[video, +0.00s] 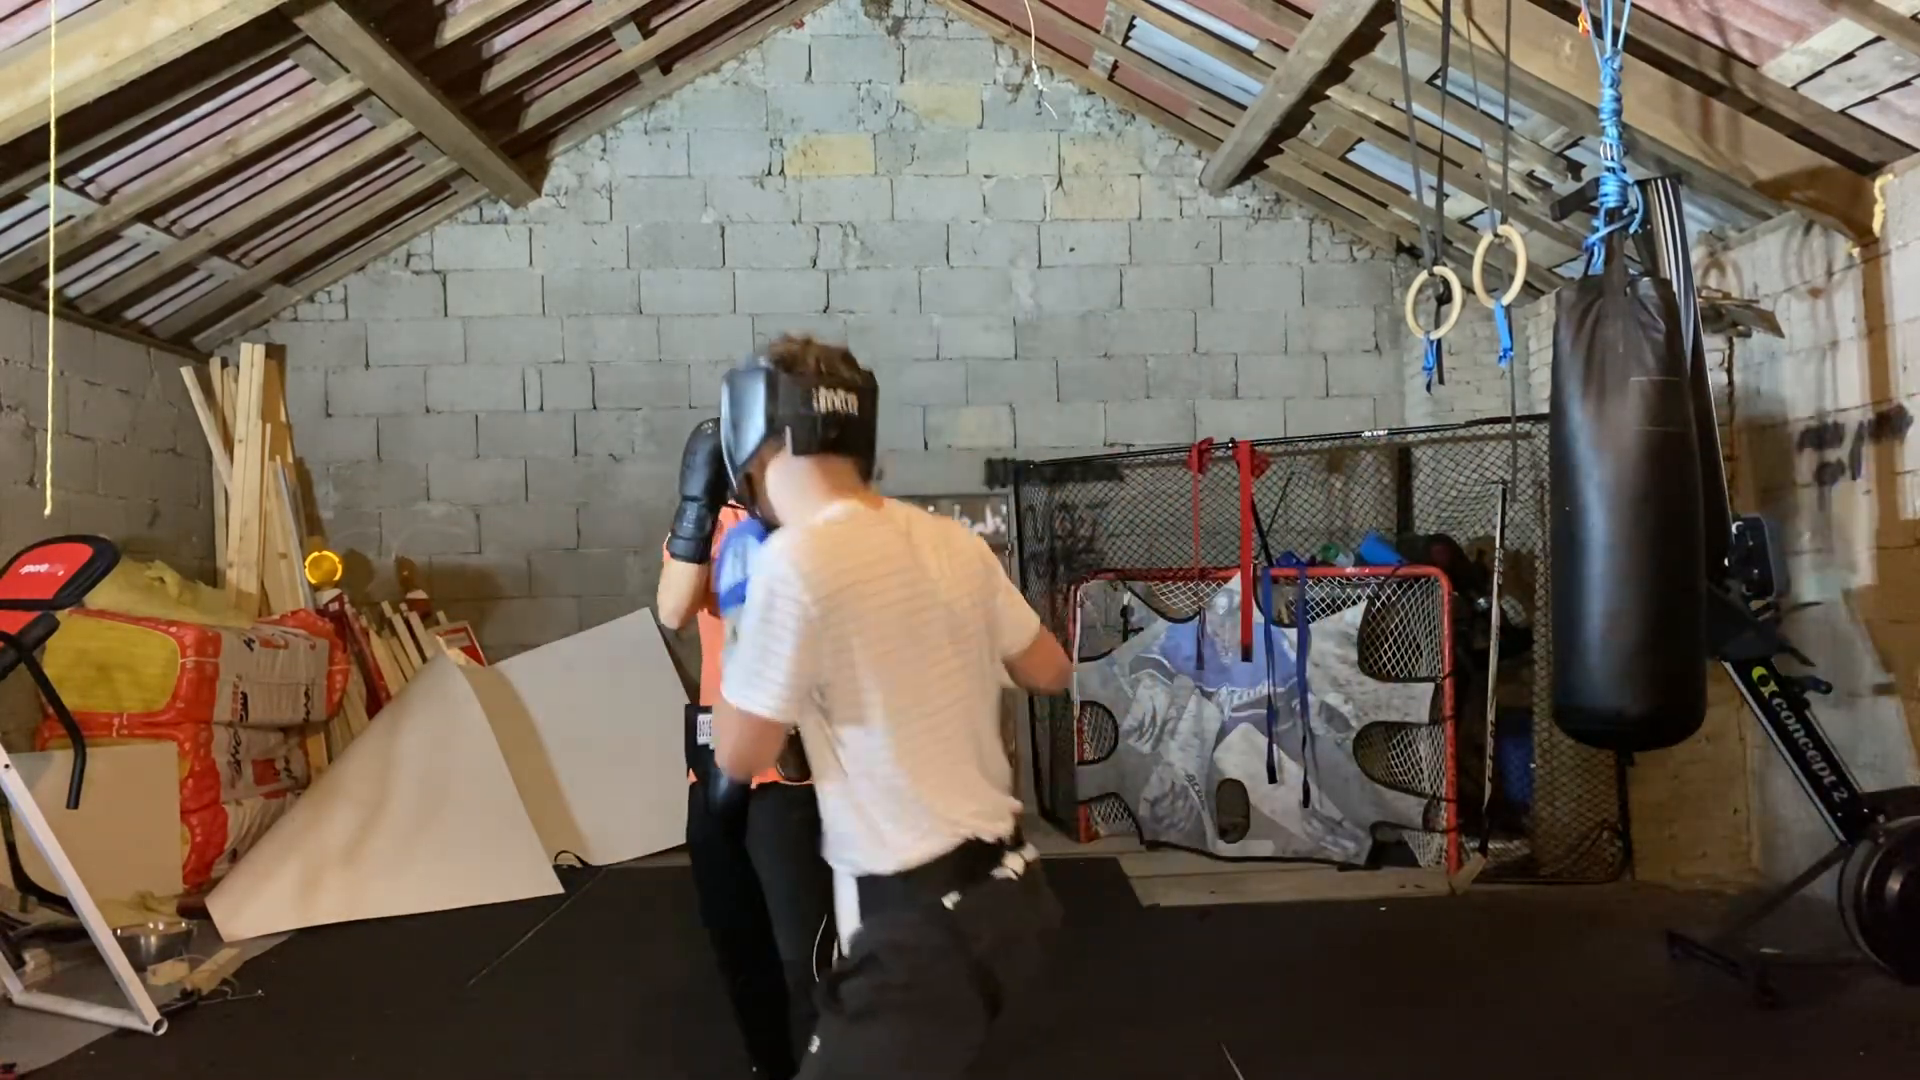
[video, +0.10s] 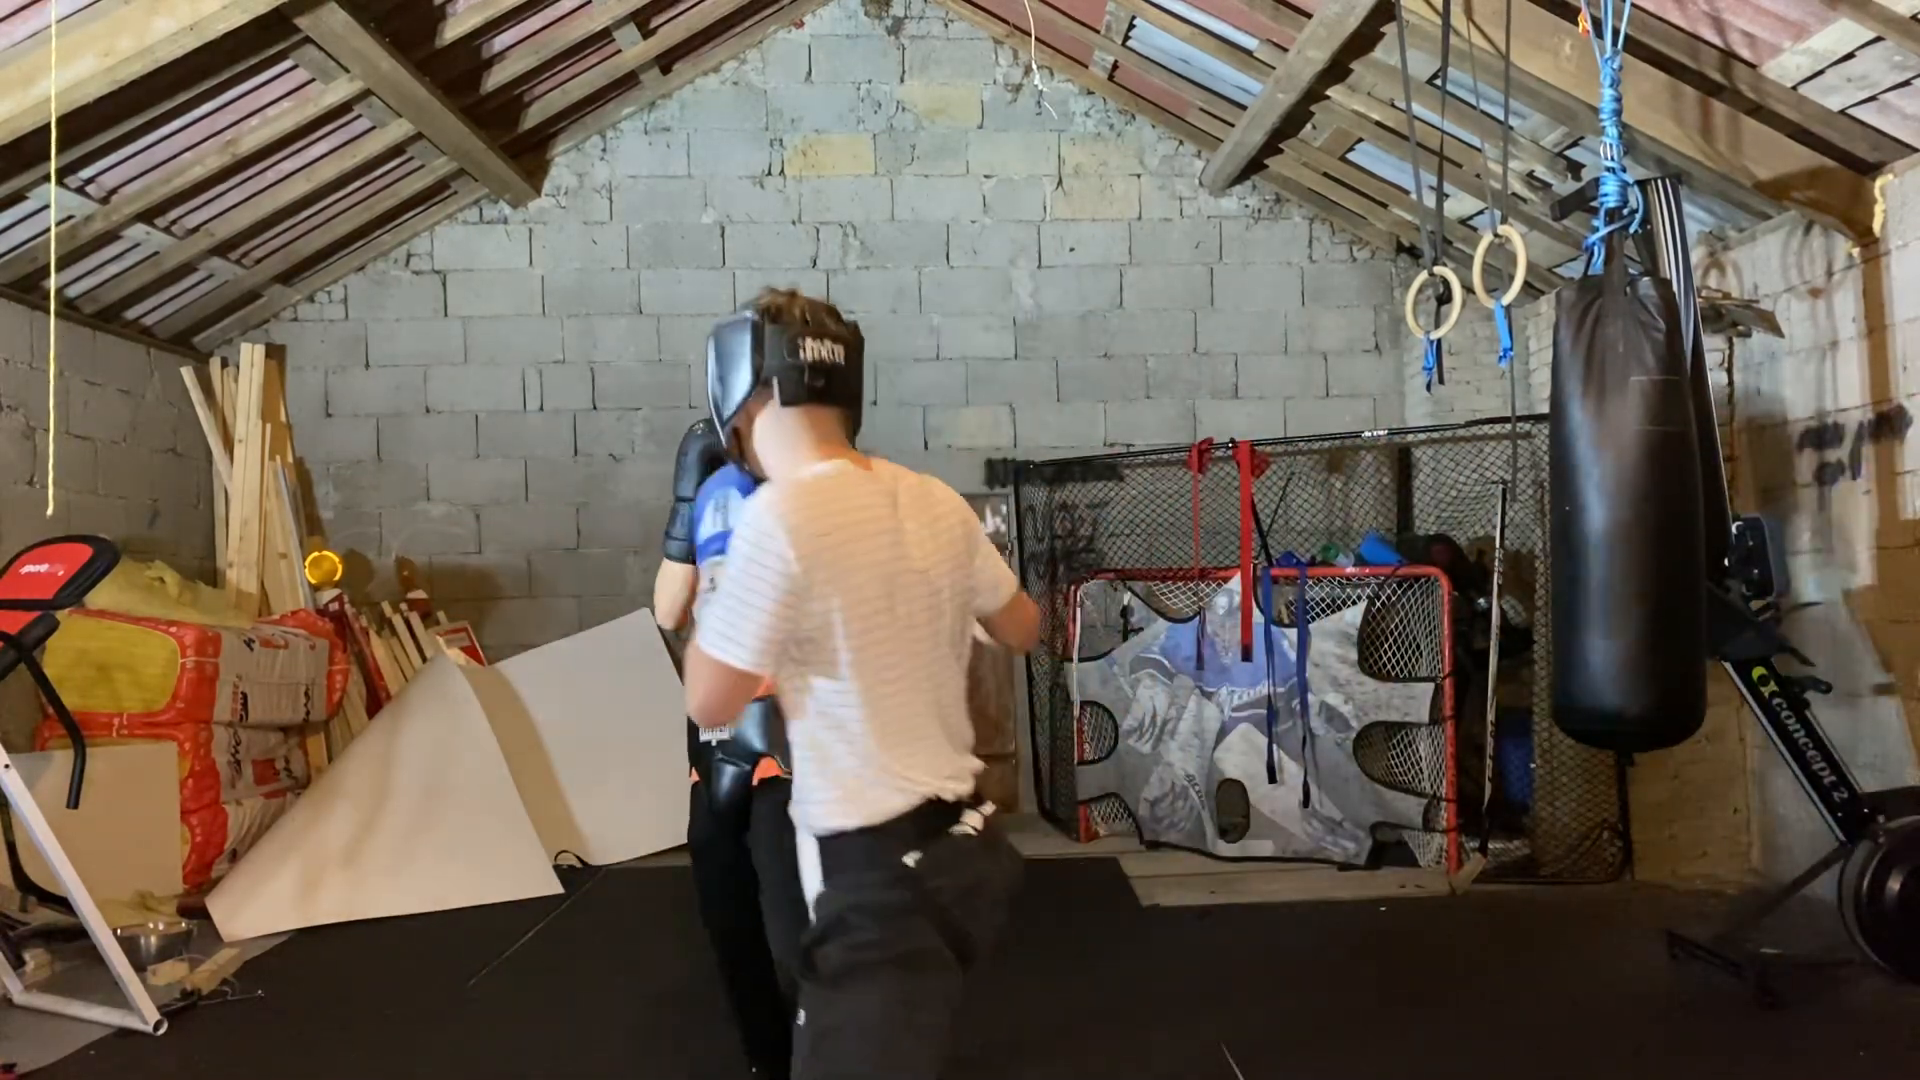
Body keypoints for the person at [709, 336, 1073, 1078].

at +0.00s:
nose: (736, 457)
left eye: (741, 432)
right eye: (739, 435)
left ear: (769, 436)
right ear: (858, 431)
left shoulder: (794, 567)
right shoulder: (953, 541)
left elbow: (742, 756)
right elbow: (1051, 668)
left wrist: (737, 626)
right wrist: (955, 640)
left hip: (909, 934)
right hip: (1018, 897)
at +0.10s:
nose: (724, 410)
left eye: (728, 387)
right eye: (726, 387)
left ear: (756, 391)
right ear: (845, 387)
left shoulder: (775, 523)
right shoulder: (933, 501)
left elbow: (711, 702)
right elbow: (1023, 628)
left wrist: (771, 673)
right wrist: (936, 590)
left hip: (872, 885)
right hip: (972, 853)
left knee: (855, 1061)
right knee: (933, 1057)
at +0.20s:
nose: (712, 398)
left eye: (717, 375)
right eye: (714, 377)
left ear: (736, 379)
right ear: (832, 379)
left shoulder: (749, 506)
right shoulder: (914, 496)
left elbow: (683, 686)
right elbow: (990, 616)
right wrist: (903, 570)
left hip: (834, 855)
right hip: (941, 836)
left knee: (854, 1061)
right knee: (905, 1052)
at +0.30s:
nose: (692, 415)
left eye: (697, 395)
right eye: (694, 395)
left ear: (718, 407)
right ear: (812, 405)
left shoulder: (720, 532)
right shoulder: (894, 526)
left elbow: (656, 707)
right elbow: (975, 620)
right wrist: (883, 590)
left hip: (817, 883)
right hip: (922, 864)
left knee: (823, 1062)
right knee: (889, 1060)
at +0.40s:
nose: (628, 498)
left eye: (627, 478)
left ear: (648, 477)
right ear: (738, 447)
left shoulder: (679, 573)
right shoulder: (840, 531)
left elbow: (653, 745)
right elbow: (949, 585)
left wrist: (694, 657)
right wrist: (862, 602)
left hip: (826, 908)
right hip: (930, 869)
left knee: (717, 1064)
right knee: (874, 1060)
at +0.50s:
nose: (561, 556)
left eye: (558, 541)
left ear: (579, 549)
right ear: (671, 502)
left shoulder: (622, 645)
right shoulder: (789, 565)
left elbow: (630, 811)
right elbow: (915, 624)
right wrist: (826, 662)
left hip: (817, 925)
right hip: (922, 881)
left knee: (679, 1069)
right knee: (887, 1069)